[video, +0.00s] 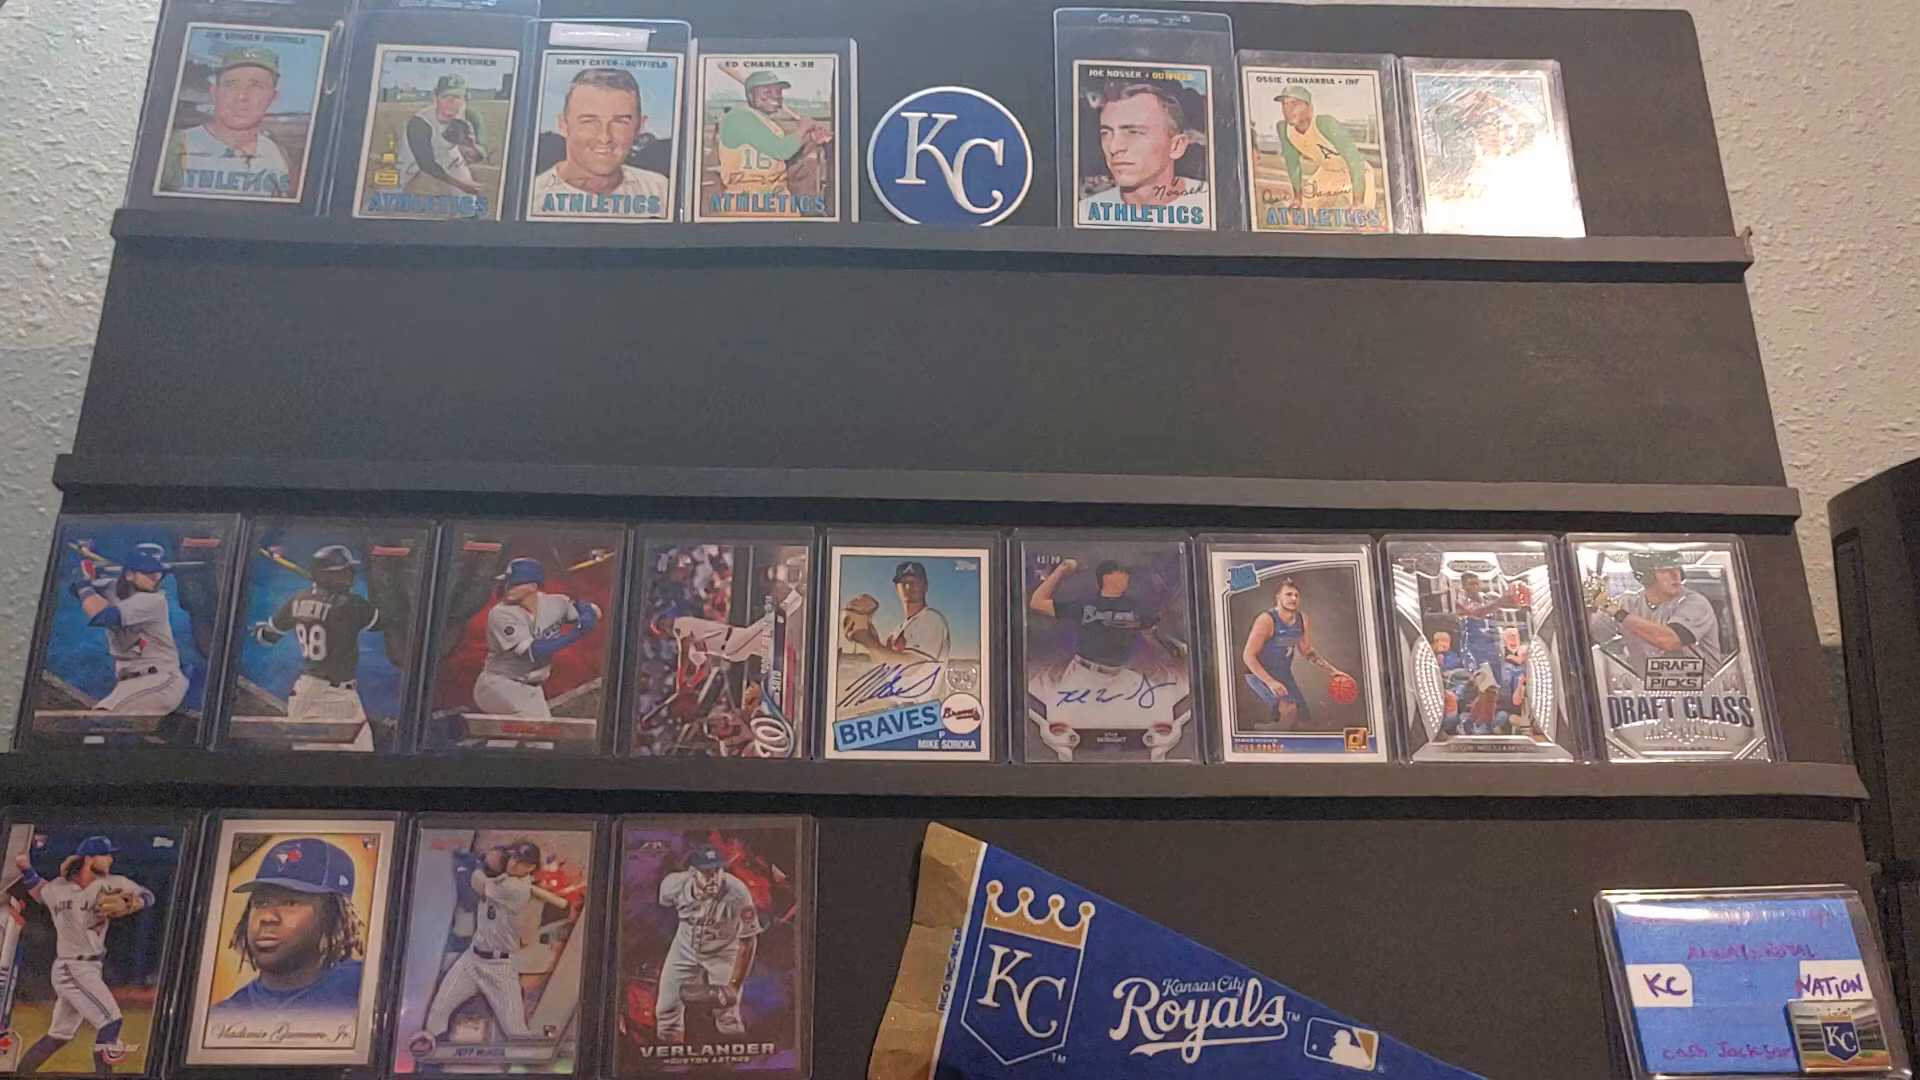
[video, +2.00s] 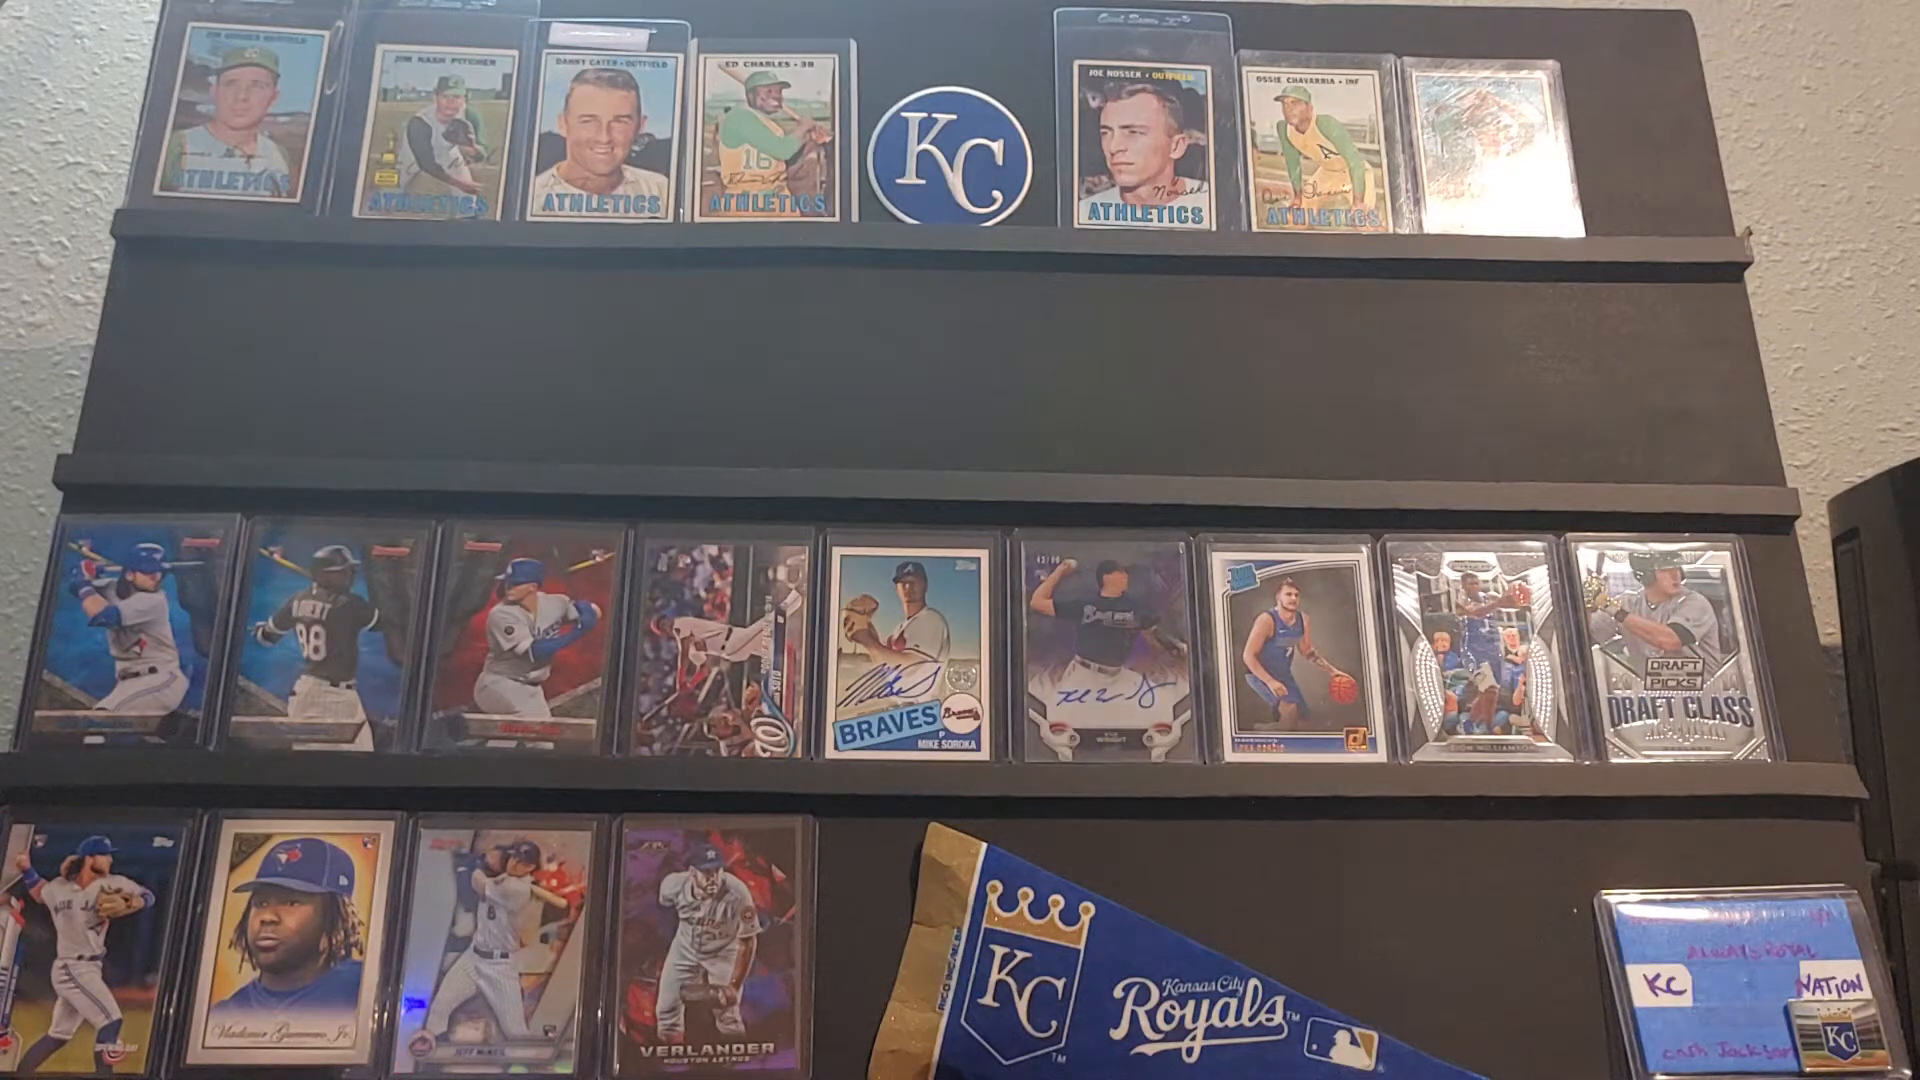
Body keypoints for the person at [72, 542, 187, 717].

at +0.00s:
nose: (156, 577)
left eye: (158, 572)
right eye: (149, 571)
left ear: (162, 573)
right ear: (130, 573)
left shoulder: (153, 601)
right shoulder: (115, 588)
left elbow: (104, 617)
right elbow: (78, 589)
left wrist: (83, 585)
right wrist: (87, 574)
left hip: (161, 680)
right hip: (130, 681)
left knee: (99, 718)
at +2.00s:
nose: (156, 577)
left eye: (158, 572)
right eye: (148, 572)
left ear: (162, 572)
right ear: (130, 574)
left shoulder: (154, 600)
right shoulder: (113, 588)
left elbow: (104, 616)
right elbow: (79, 588)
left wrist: (82, 584)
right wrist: (87, 573)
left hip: (162, 679)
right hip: (129, 682)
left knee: (100, 717)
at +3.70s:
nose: (155, 577)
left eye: (158, 572)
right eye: (148, 571)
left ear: (162, 573)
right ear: (130, 574)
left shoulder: (154, 600)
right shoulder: (114, 588)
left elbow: (105, 617)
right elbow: (79, 589)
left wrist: (83, 586)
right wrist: (88, 573)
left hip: (162, 679)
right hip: (129, 682)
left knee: (101, 716)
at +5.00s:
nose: (155, 577)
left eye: (158, 572)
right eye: (147, 572)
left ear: (162, 573)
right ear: (130, 574)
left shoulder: (154, 600)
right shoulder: (114, 587)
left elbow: (105, 617)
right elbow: (79, 588)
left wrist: (83, 586)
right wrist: (87, 573)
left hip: (162, 679)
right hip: (129, 682)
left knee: (101, 716)